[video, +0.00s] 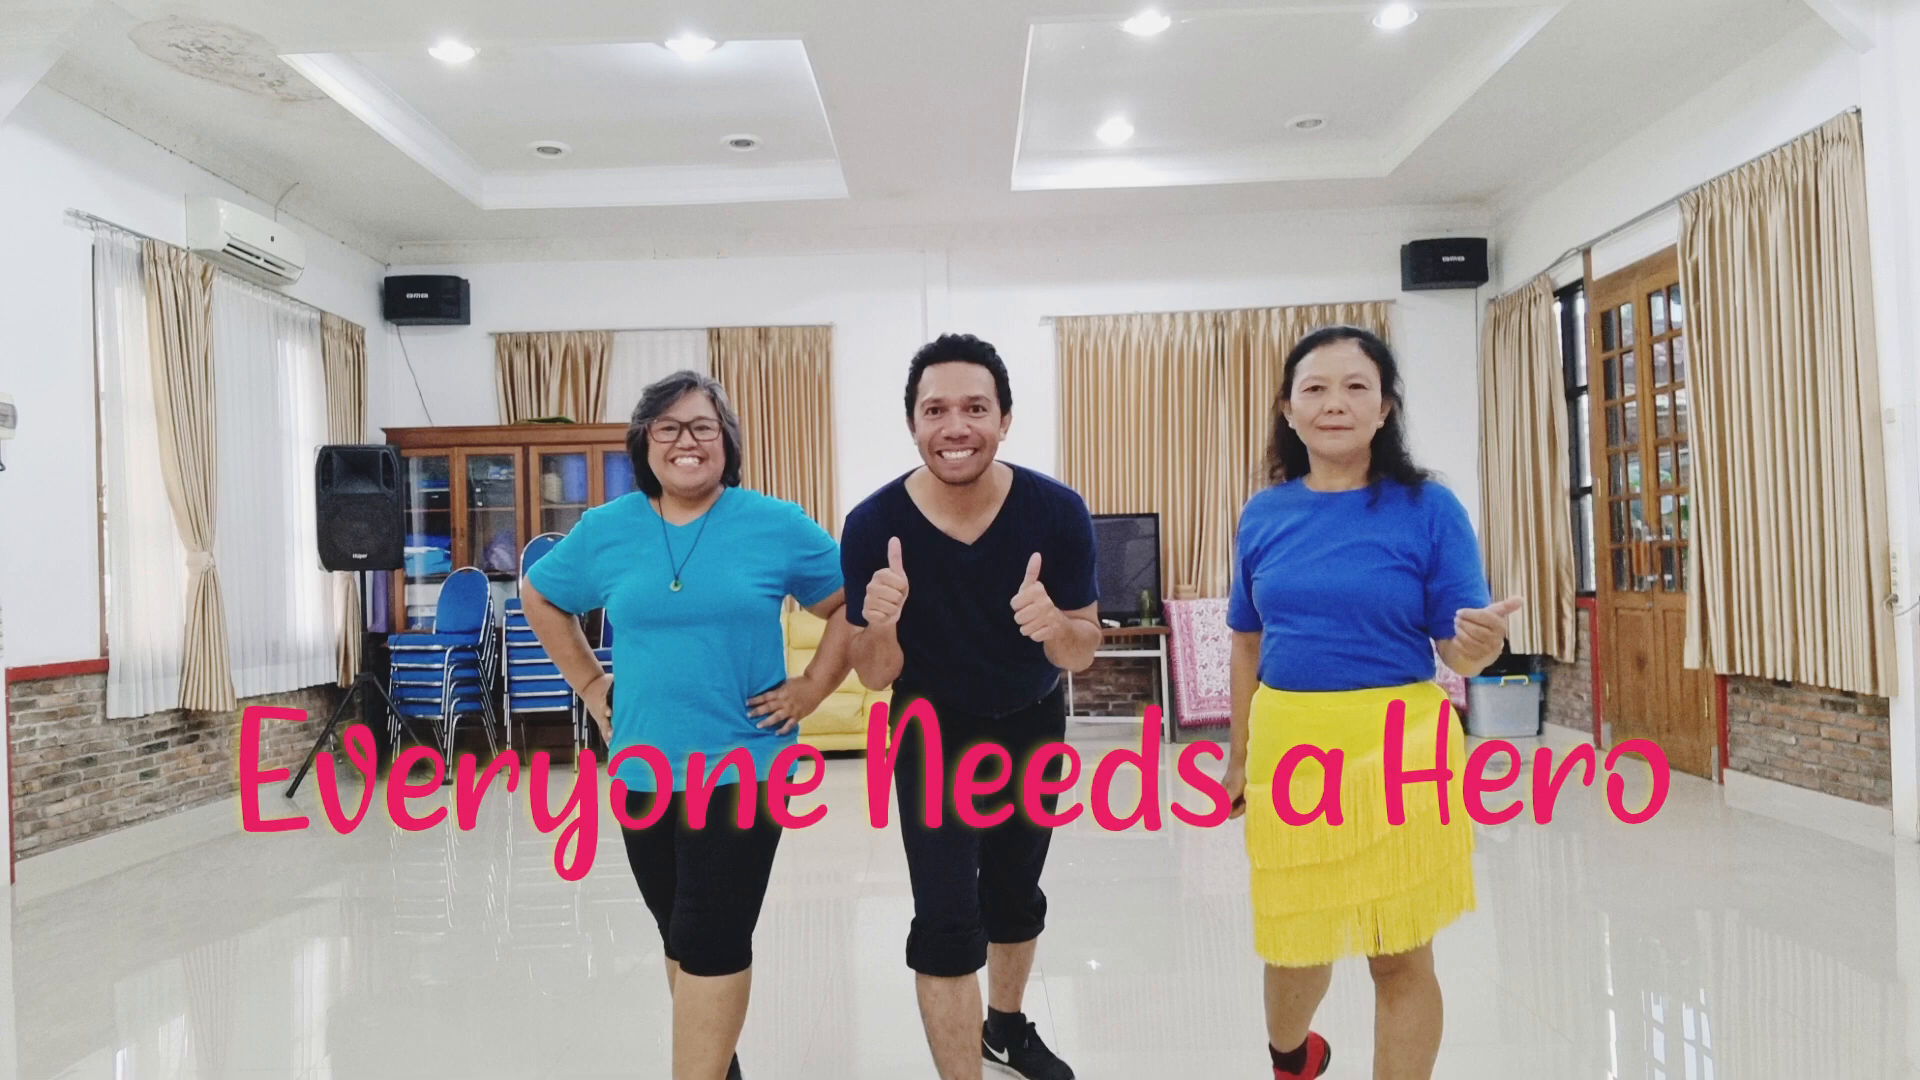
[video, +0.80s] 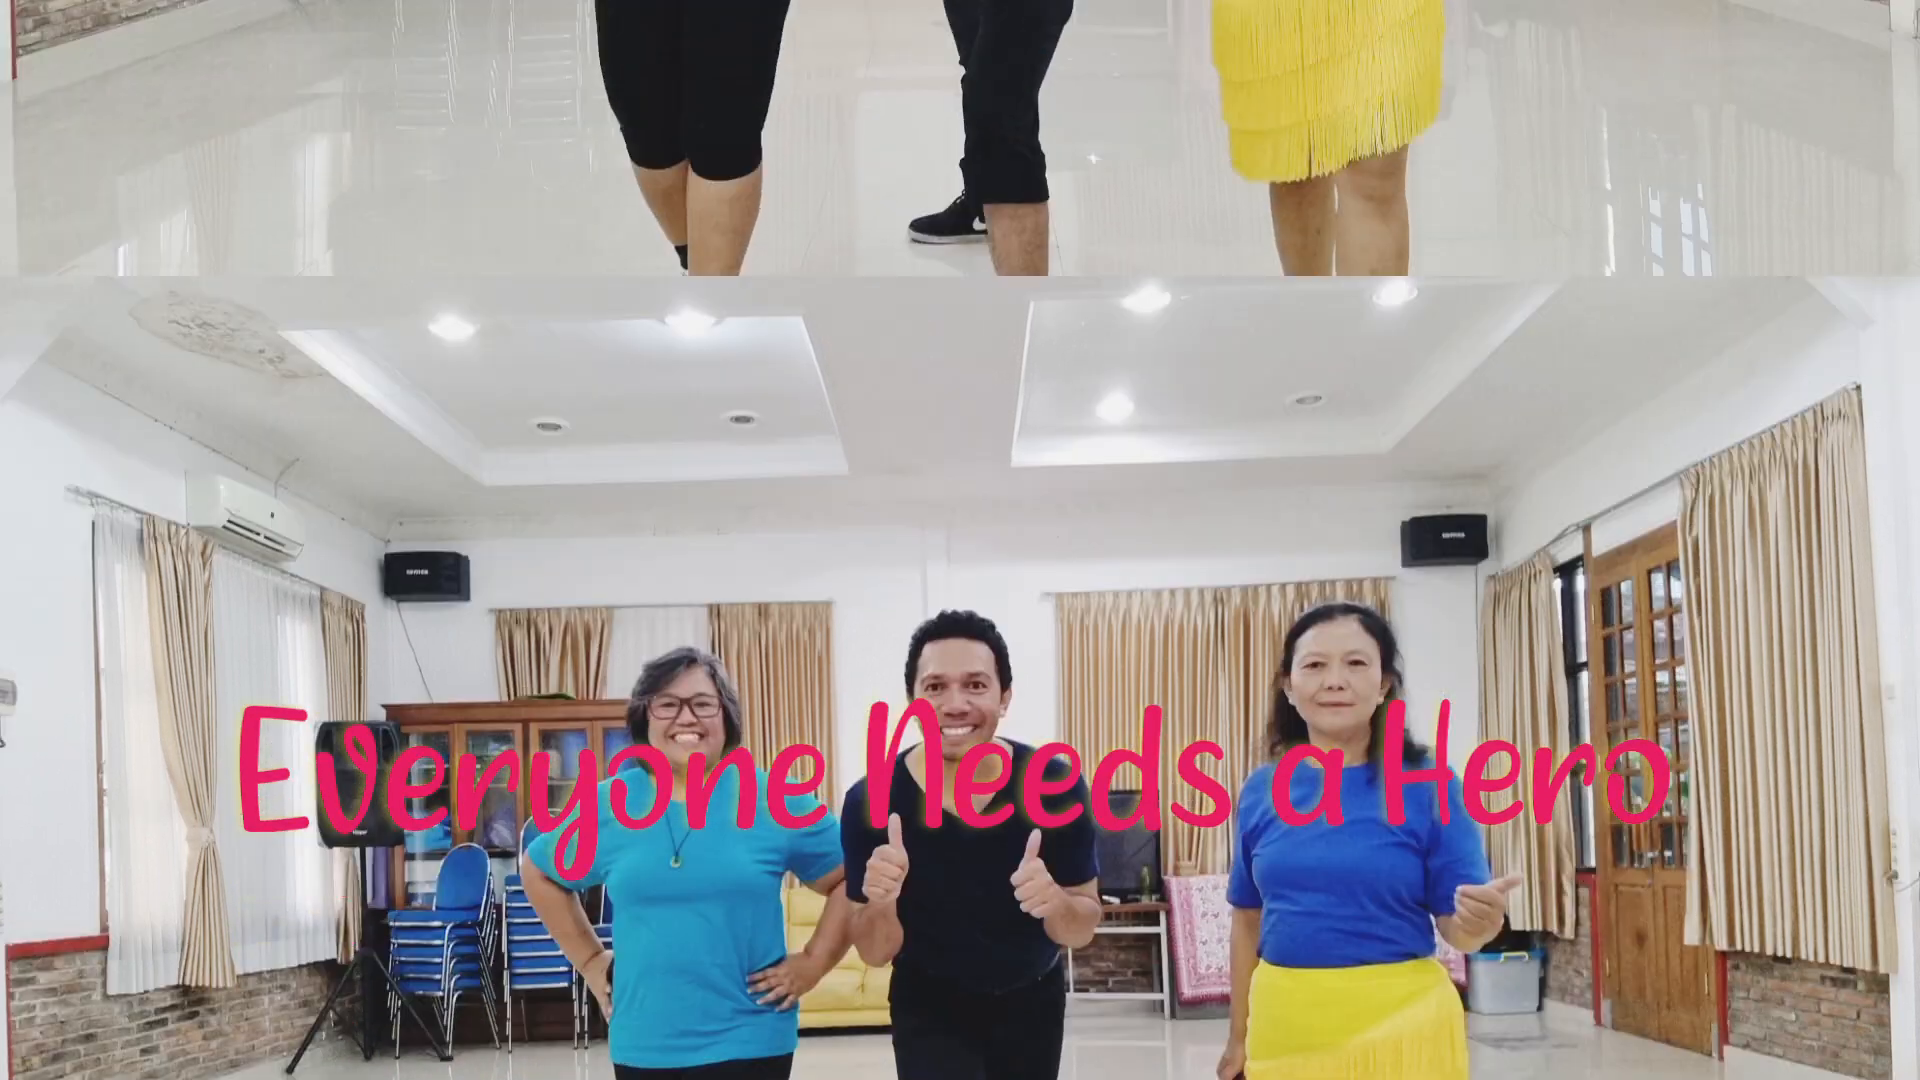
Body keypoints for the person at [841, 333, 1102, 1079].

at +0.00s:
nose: (955, 426)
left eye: (975, 408)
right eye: (936, 409)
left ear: (1004, 421)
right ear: (913, 424)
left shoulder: (1059, 514)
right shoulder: (873, 526)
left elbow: (1080, 654)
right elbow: (875, 673)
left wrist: (1054, 626)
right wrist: (879, 627)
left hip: (1030, 722)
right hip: (930, 726)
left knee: (1016, 894)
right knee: (948, 920)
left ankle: (1005, 1026)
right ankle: (959, 1075)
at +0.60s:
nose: (955, 462)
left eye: (974, 443)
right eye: (936, 444)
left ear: (1004, 455)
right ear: (913, 459)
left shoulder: (1057, 547)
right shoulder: (872, 561)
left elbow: (1082, 689)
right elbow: (872, 699)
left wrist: (1053, 662)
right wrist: (879, 662)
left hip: (1029, 765)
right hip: (932, 768)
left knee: (1013, 931)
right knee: (947, 957)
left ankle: (1007, 1059)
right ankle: (956, 1079)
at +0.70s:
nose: (955, 544)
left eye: (975, 525)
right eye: (936, 528)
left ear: (1004, 537)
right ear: (912, 542)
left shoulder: (1056, 629)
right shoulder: (873, 641)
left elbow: (1088, 753)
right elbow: (872, 786)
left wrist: (1054, 742)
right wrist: (885, 733)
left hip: (1029, 855)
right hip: (930, 856)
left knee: (1014, 1027)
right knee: (948, 1040)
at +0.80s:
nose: (955, 705)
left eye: (976, 685)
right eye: (935, 687)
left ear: (1005, 698)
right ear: (913, 701)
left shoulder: (1049, 781)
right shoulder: (873, 800)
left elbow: (1081, 930)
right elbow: (875, 952)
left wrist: (1055, 902)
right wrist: (880, 904)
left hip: (1028, 999)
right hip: (929, 1001)